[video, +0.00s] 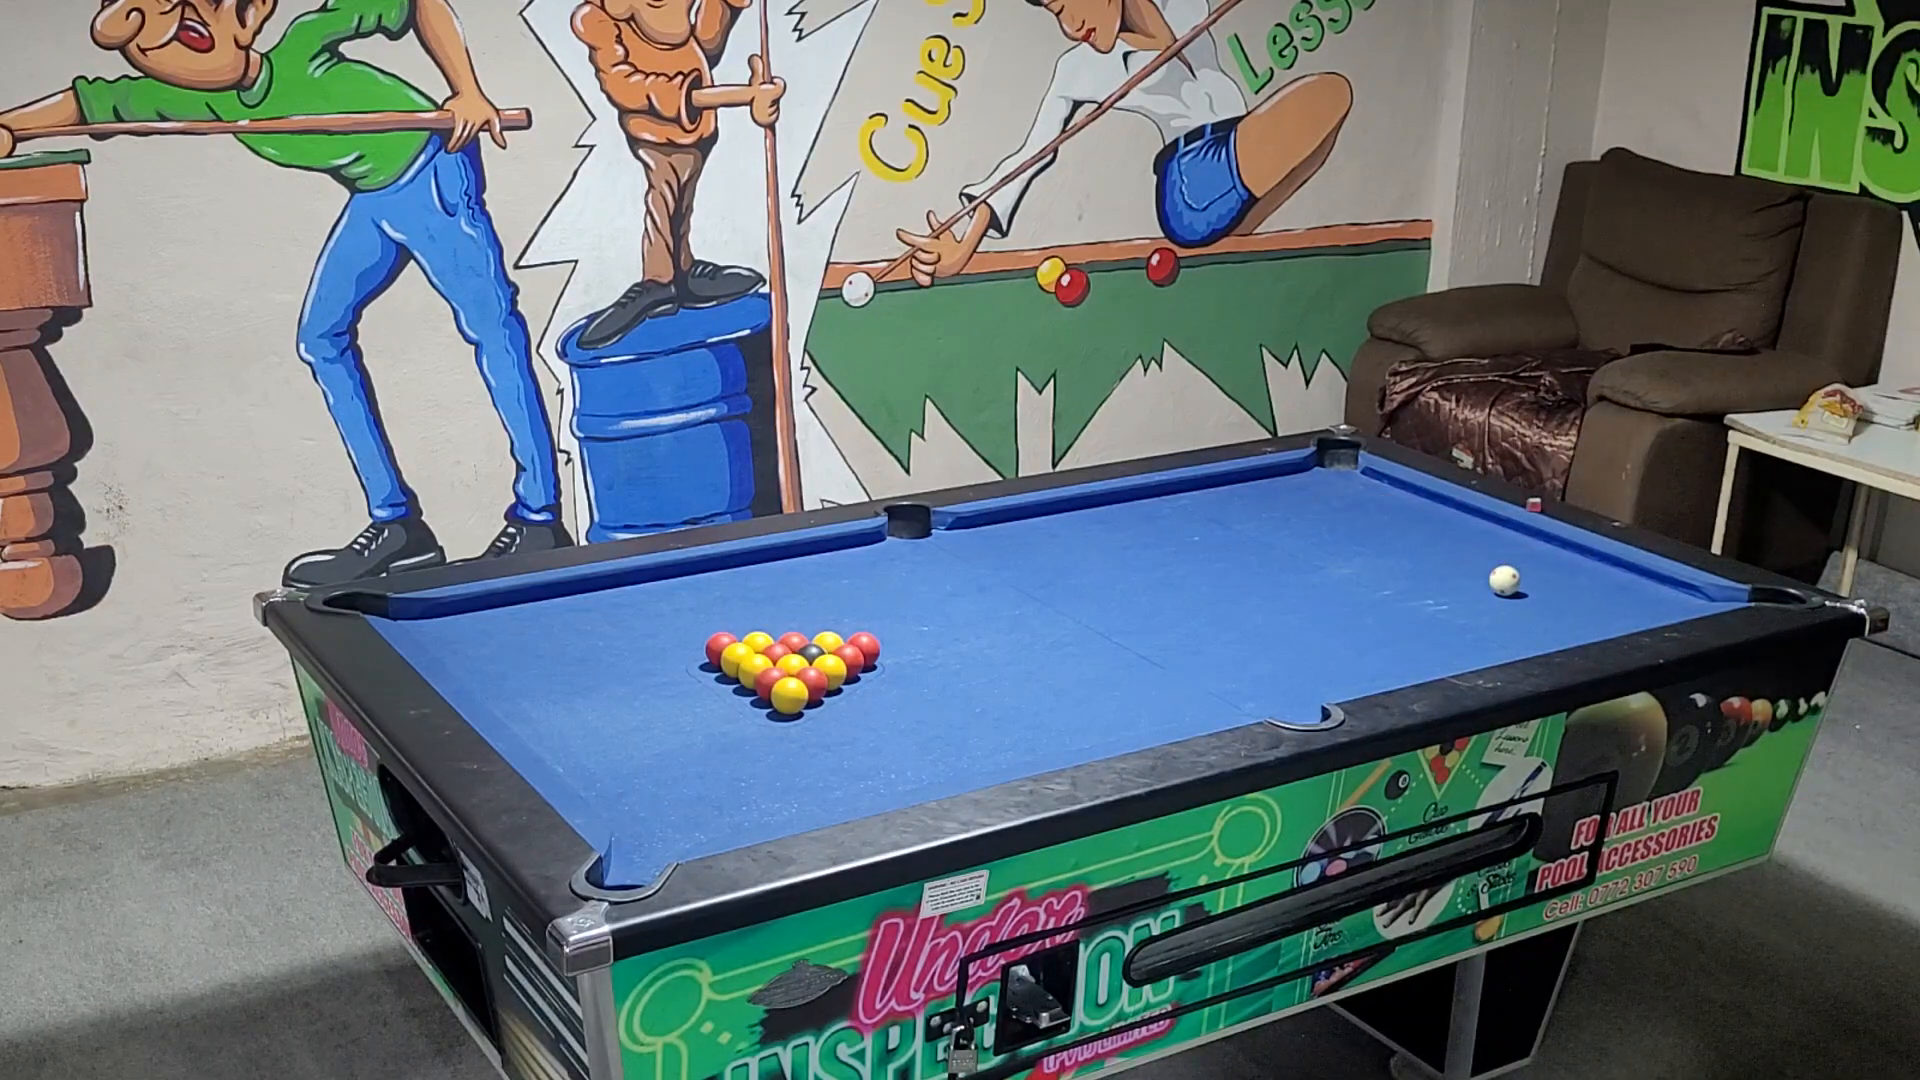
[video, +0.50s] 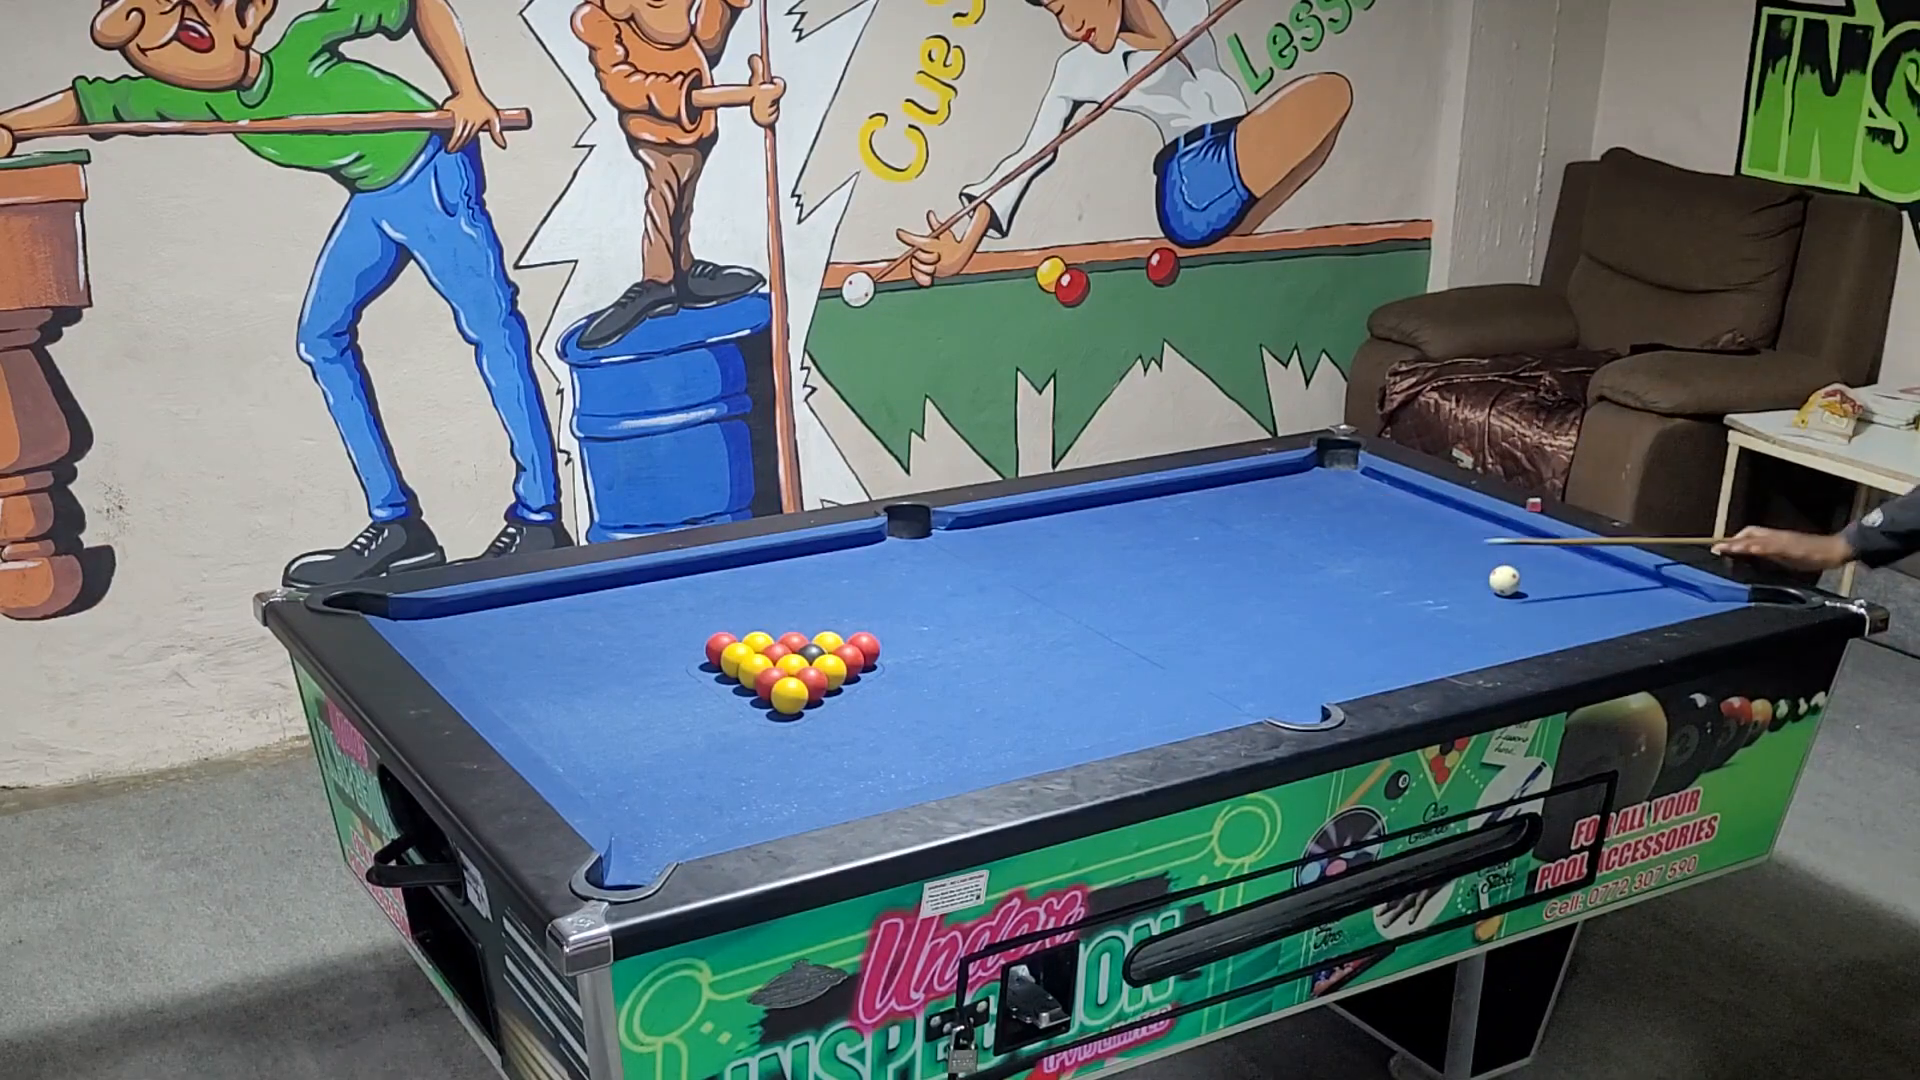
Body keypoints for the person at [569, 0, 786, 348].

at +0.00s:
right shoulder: (597, 19)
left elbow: (707, 47)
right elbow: (625, 87)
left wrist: (730, 6)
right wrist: (746, 95)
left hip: (695, 90)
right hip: (645, 104)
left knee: (688, 175)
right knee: (665, 174)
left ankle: (682, 269)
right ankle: (657, 281)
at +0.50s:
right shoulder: (597, 19)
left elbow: (707, 47)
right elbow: (625, 88)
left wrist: (731, 5)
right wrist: (746, 95)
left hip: (695, 96)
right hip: (645, 104)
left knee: (687, 175)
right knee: (665, 175)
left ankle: (682, 269)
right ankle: (657, 281)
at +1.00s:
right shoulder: (597, 19)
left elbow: (707, 46)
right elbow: (625, 88)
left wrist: (731, 5)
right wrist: (746, 95)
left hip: (694, 88)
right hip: (645, 103)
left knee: (688, 173)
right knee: (666, 173)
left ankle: (682, 268)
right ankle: (657, 280)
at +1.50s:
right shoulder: (597, 19)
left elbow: (707, 46)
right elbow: (625, 88)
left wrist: (731, 5)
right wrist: (746, 95)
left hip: (694, 87)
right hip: (644, 103)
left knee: (688, 174)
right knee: (666, 174)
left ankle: (682, 269)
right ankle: (657, 281)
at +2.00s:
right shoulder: (597, 19)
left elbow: (707, 47)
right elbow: (625, 88)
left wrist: (730, 5)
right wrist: (746, 95)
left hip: (694, 88)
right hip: (645, 103)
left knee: (688, 174)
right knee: (666, 174)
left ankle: (682, 268)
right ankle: (657, 281)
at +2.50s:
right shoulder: (596, 19)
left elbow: (707, 47)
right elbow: (625, 88)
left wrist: (730, 6)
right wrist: (746, 95)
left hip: (694, 87)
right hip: (644, 103)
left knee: (688, 174)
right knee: (665, 174)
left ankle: (682, 268)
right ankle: (656, 281)